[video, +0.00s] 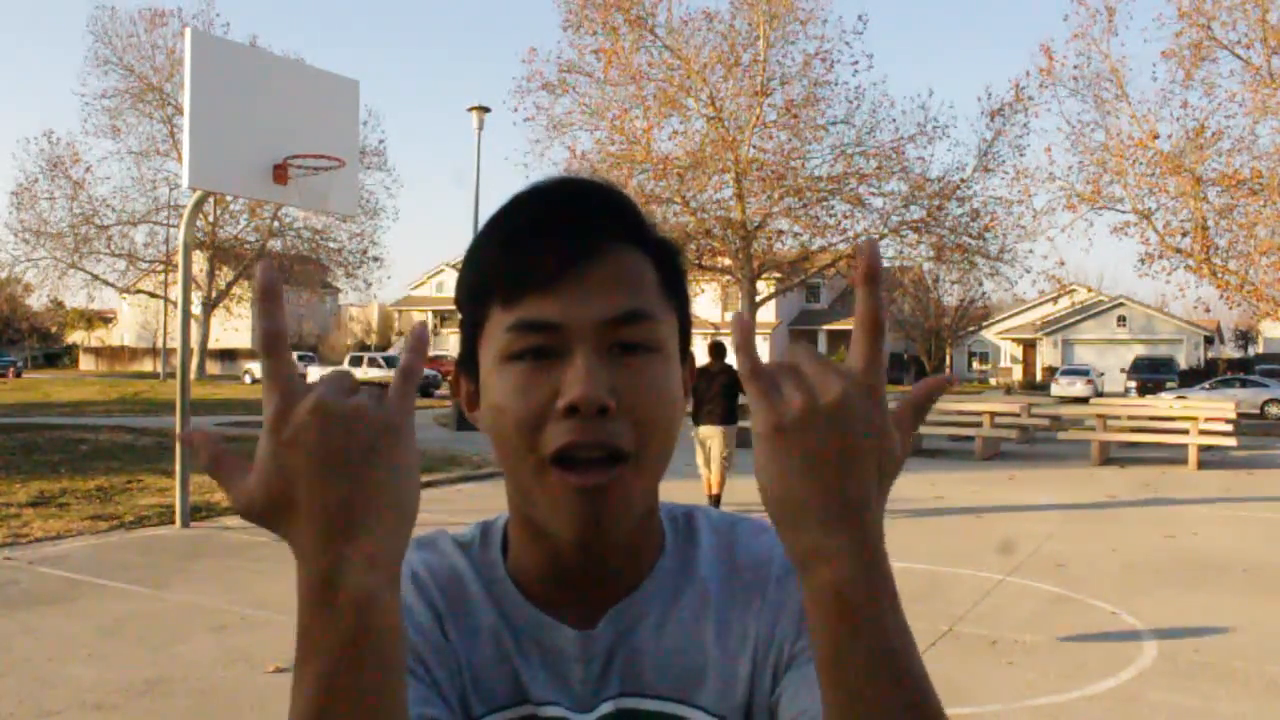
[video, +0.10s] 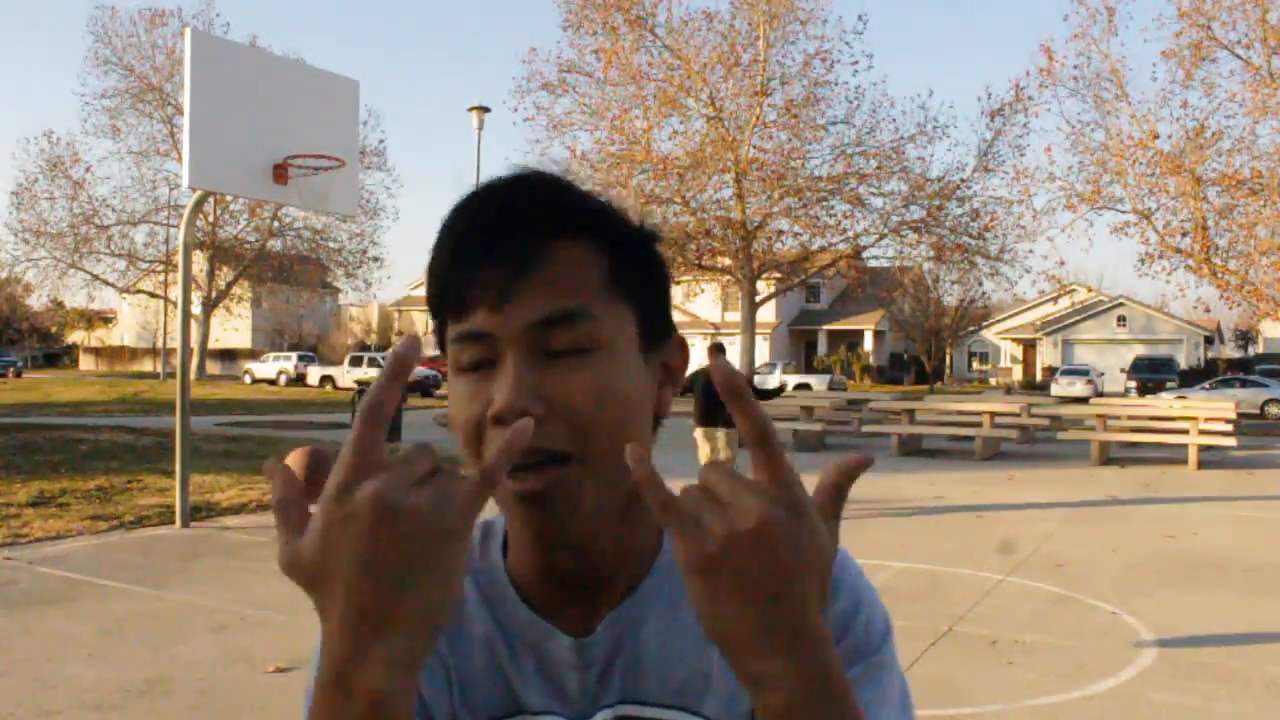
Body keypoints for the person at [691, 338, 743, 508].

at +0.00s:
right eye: (721, 352)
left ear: (709, 353)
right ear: (725, 353)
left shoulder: (700, 372)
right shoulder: (731, 373)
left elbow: (696, 396)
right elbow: (744, 390)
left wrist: (695, 418)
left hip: (702, 423)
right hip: (724, 424)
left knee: (704, 464)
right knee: (719, 464)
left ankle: (710, 499)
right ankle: (715, 500)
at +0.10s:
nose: (716, 360)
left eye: (715, 355)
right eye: (716, 355)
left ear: (709, 355)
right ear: (725, 354)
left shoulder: (699, 375)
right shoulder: (734, 376)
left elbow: (680, 389)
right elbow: (758, 394)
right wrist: (780, 389)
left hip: (703, 424)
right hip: (728, 426)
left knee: (706, 461)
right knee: (727, 462)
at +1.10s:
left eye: (726, 353)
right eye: (735, 353)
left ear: (723, 355)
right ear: (738, 355)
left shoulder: (714, 371)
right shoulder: (744, 372)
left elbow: (696, 389)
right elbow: (758, 394)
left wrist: (676, 402)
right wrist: (771, 409)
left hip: (716, 420)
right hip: (737, 420)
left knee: (717, 453)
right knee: (734, 455)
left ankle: (718, 480)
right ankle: (733, 493)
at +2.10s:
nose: (724, 354)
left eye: (722, 352)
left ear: (721, 352)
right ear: (734, 353)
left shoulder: (712, 369)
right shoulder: (742, 371)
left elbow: (703, 391)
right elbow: (748, 392)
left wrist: (701, 411)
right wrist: (747, 410)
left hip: (716, 413)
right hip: (734, 414)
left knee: (712, 441)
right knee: (730, 446)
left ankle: (715, 472)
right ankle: (728, 478)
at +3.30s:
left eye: (710, 353)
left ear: (709, 353)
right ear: (720, 353)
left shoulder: (704, 369)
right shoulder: (729, 370)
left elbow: (699, 389)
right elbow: (735, 388)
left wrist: (695, 406)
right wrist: (735, 407)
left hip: (710, 409)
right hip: (727, 408)